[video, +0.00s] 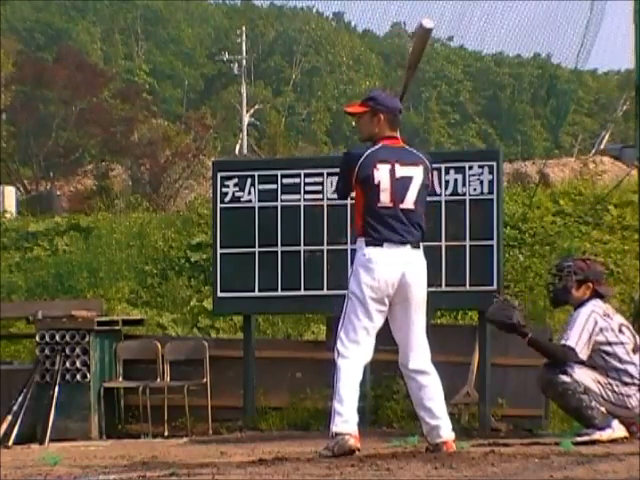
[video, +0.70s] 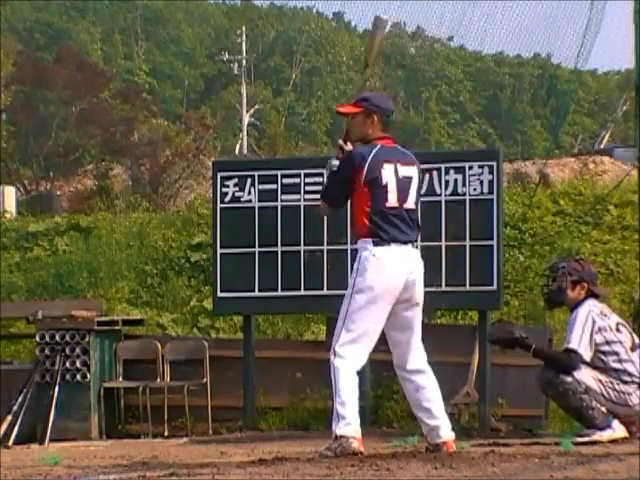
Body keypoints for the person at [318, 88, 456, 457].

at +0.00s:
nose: (357, 123)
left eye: (362, 118)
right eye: (358, 117)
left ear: (380, 120)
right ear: (391, 122)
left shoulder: (358, 157)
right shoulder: (421, 160)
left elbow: (341, 192)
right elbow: (417, 194)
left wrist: (377, 169)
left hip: (375, 260)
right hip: (414, 261)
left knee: (352, 348)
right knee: (417, 354)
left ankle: (344, 432)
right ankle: (442, 435)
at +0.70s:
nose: (349, 124)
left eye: (353, 119)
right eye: (350, 118)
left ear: (372, 121)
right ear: (379, 123)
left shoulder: (359, 156)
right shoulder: (409, 157)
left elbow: (328, 203)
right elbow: (379, 196)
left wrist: (342, 162)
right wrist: (355, 159)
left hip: (378, 260)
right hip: (412, 260)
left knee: (346, 352)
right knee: (411, 357)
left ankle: (348, 435)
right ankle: (442, 436)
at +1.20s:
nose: (298, 139)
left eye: (304, 133)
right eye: (298, 134)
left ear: (324, 136)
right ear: (320, 138)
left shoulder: (339, 169)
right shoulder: (327, 176)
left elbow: (362, 221)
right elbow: (311, 234)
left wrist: (319, 241)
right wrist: (270, 222)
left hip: (373, 267)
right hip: (365, 268)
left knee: (337, 350)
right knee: (337, 352)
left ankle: (351, 436)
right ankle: (351, 436)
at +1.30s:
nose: (289, 152)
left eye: (294, 146)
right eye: (289, 146)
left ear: (314, 149)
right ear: (309, 150)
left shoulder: (328, 179)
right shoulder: (321, 185)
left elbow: (353, 229)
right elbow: (309, 246)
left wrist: (312, 247)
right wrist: (266, 233)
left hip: (374, 275)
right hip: (365, 277)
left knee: (333, 353)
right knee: (324, 357)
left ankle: (352, 438)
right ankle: (349, 437)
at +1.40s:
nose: (280, 165)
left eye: (285, 159)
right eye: (280, 159)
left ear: (305, 161)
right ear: (303, 162)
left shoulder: (319, 190)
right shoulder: (314, 196)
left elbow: (339, 237)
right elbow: (314, 261)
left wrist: (304, 254)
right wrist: (290, 262)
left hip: (374, 284)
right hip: (366, 285)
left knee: (330, 356)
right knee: (322, 360)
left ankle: (351, 438)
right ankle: (351, 437)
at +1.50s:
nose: (274, 176)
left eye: (279, 170)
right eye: (274, 171)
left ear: (298, 172)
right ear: (299, 174)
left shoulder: (313, 199)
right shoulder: (313, 204)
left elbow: (323, 249)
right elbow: (300, 278)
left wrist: (282, 265)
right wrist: (265, 267)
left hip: (374, 288)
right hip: (369, 290)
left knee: (325, 358)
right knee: (322, 361)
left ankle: (351, 438)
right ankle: (351, 436)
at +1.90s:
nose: (260, 207)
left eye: (265, 201)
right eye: (261, 202)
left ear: (284, 203)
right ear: (284, 205)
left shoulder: (297, 227)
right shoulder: (310, 234)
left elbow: (244, 269)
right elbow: (275, 300)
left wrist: (214, 258)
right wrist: (264, 260)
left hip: (374, 300)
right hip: (369, 303)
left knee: (320, 361)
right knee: (312, 366)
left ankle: (351, 436)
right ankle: (349, 436)